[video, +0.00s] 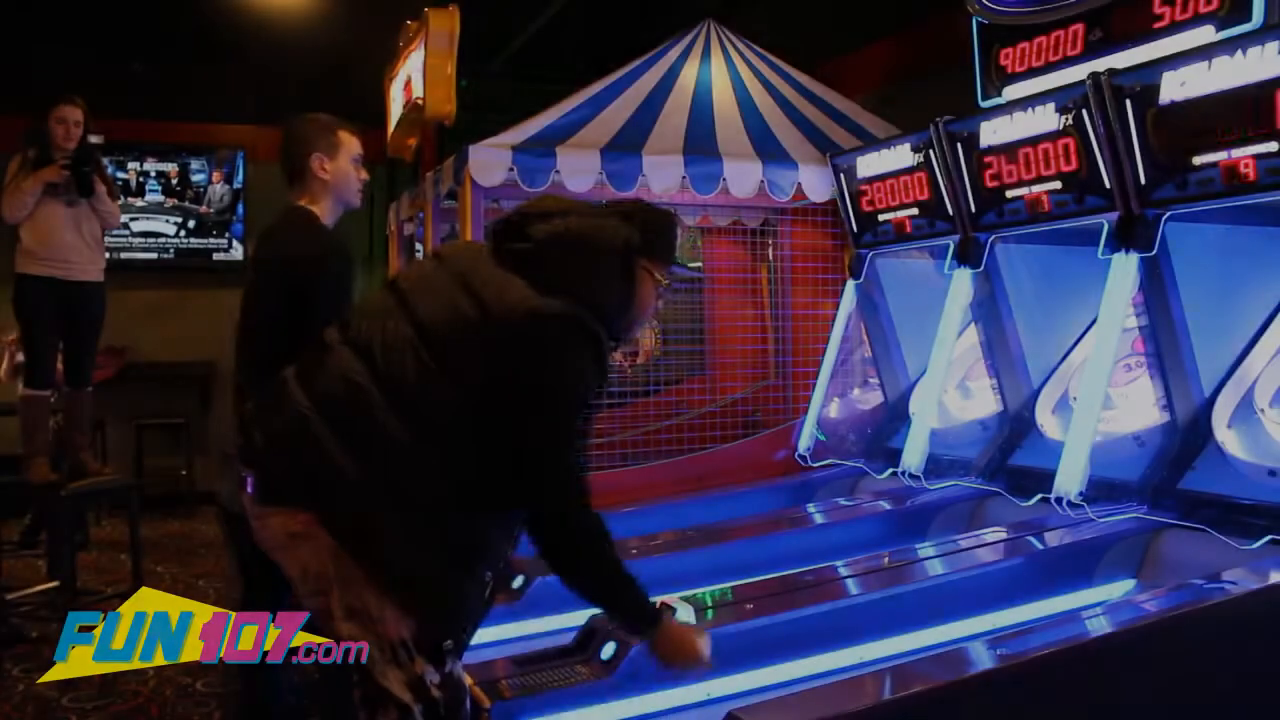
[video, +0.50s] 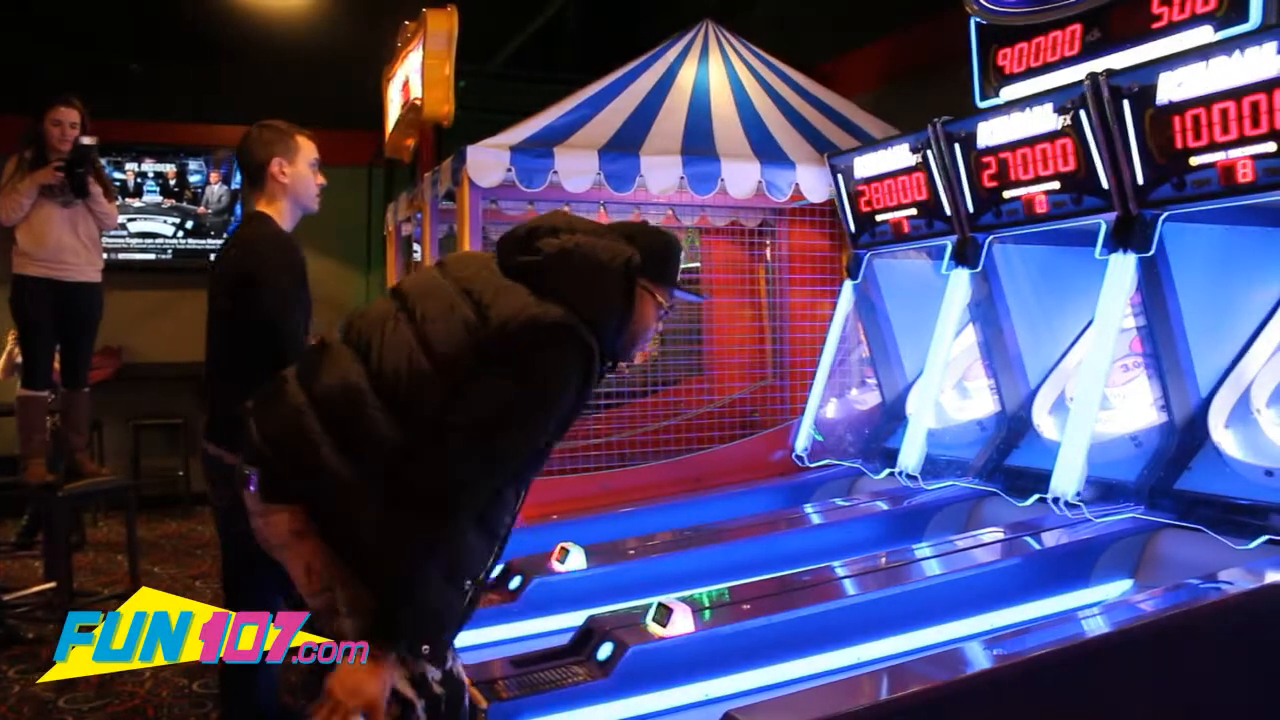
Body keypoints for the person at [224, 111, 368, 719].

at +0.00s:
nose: (364, 175)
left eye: (362, 162)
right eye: (355, 162)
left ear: (316, 168)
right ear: (320, 166)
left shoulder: (282, 236)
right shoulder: (315, 246)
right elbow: (313, 362)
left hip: (264, 458)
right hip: (290, 466)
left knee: (271, 606)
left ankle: (261, 703)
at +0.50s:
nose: (322, 179)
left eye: (320, 166)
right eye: (314, 166)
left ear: (274, 174)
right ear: (279, 172)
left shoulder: (244, 243)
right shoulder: (272, 249)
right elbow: (284, 361)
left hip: (231, 446)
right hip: (254, 455)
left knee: (251, 587)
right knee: (265, 593)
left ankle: (248, 704)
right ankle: (256, 706)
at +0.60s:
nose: (301, 179)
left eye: (299, 167)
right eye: (293, 166)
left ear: (252, 173)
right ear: (259, 171)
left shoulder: (232, 240)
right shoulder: (249, 248)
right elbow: (260, 357)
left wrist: (277, 310)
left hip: (217, 447)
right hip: (233, 457)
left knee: (235, 586)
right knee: (250, 591)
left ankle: (230, 699)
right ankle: (237, 702)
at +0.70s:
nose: (291, 180)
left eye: (289, 168)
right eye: (283, 167)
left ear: (242, 174)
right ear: (248, 172)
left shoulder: (219, 240)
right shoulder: (238, 248)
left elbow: (227, 343)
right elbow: (250, 359)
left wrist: (277, 316)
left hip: (205, 446)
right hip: (224, 456)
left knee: (222, 583)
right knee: (245, 589)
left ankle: (221, 697)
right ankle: (229, 699)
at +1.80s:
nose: (237, 186)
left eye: (237, 173)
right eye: (233, 171)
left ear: (186, 170)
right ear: (201, 168)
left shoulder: (161, 235)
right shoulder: (179, 242)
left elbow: (178, 336)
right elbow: (168, 353)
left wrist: (236, 309)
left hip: (157, 456)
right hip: (174, 465)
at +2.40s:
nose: (230, 199)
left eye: (232, 187)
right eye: (230, 185)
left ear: (181, 172)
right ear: (204, 174)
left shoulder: (141, 235)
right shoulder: (182, 241)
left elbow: (100, 350)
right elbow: (172, 351)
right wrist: (187, 446)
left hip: (142, 452)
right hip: (175, 458)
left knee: (165, 593)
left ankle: (166, 704)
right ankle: (254, 707)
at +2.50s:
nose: (231, 197)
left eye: (232, 183)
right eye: (229, 182)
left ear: (182, 174)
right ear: (205, 172)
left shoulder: (141, 234)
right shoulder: (183, 240)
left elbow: (96, 352)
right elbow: (170, 348)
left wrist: (134, 423)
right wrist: (180, 443)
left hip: (141, 444)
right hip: (173, 448)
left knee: (162, 578)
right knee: (185, 586)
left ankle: (160, 696)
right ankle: (171, 700)